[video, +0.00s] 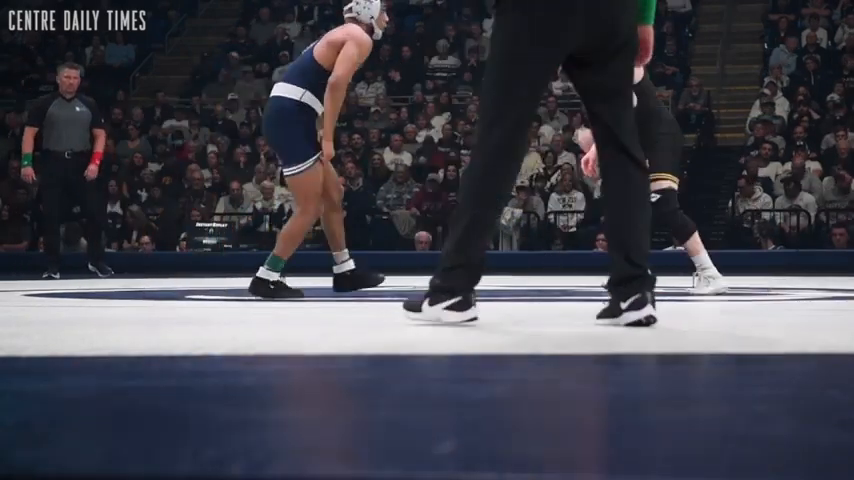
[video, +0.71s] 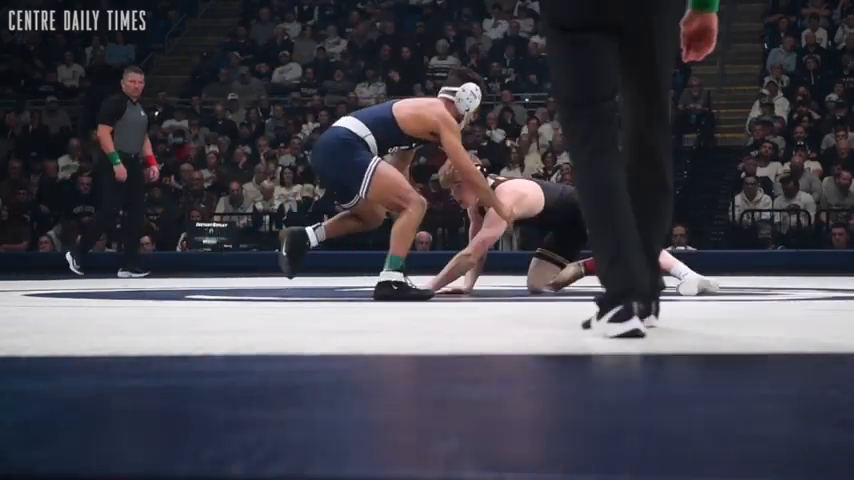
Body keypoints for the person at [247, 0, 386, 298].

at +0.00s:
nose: (387, 19)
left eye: (386, 13)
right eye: (383, 13)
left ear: (356, 15)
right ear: (370, 14)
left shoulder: (339, 35)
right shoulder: (359, 37)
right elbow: (336, 83)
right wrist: (328, 138)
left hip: (290, 118)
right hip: (290, 119)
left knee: (332, 195)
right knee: (309, 207)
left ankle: (345, 271)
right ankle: (267, 276)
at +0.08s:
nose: (407, 27)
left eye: (405, 21)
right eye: (403, 21)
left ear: (376, 21)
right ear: (391, 22)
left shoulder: (361, 41)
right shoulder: (376, 44)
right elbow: (346, 72)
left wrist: (337, 125)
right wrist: (344, 124)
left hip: (306, 122)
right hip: (306, 122)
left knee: (351, 203)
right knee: (335, 209)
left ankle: (378, 274)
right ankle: (278, 267)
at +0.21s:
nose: (432, 54)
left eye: (431, 47)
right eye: (429, 47)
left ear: (403, 45)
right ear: (417, 48)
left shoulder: (384, 60)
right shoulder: (398, 65)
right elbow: (365, 91)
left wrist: (365, 143)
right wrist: (378, 135)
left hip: (318, 133)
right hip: (321, 133)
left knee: (374, 202)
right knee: (375, 202)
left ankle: (385, 276)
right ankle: (316, 256)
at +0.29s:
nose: (449, 75)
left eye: (450, 68)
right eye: (446, 67)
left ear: (422, 64)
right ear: (430, 65)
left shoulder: (398, 79)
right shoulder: (408, 79)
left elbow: (381, 152)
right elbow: (391, 127)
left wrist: (401, 177)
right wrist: (411, 170)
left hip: (324, 133)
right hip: (325, 132)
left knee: (381, 198)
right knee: (388, 191)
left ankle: (385, 275)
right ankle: (350, 263)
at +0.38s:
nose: (460, 94)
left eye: (461, 87)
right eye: (458, 86)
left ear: (434, 81)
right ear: (443, 83)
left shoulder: (407, 104)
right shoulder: (419, 96)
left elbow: (409, 172)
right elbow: (424, 158)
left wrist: (432, 207)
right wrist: (446, 205)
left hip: (326, 136)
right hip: (326, 134)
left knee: (385, 195)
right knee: (384, 194)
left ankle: (386, 272)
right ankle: (385, 273)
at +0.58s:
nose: (471, 125)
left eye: (474, 120)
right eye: (472, 119)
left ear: (449, 106)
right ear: (462, 113)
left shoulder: (412, 136)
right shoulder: (437, 118)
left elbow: (423, 185)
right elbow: (460, 177)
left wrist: (445, 232)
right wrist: (483, 219)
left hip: (324, 137)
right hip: (335, 138)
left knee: (376, 201)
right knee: (398, 199)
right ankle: (389, 278)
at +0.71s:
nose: (468, 119)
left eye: (470, 115)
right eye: (470, 114)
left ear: (446, 97)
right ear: (466, 108)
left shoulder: (418, 113)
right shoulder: (444, 118)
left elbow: (399, 172)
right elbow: (468, 170)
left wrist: (410, 227)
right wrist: (496, 204)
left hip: (330, 150)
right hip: (343, 150)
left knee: (372, 216)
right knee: (414, 204)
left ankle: (305, 237)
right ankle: (391, 278)